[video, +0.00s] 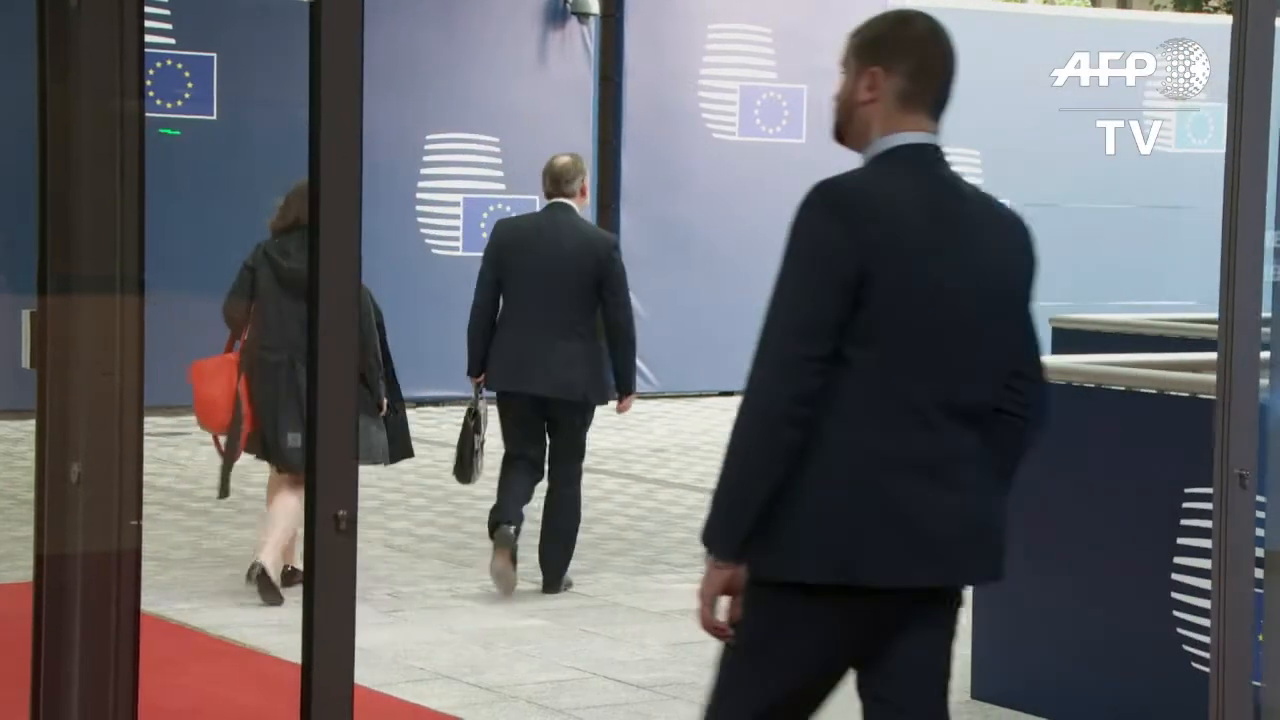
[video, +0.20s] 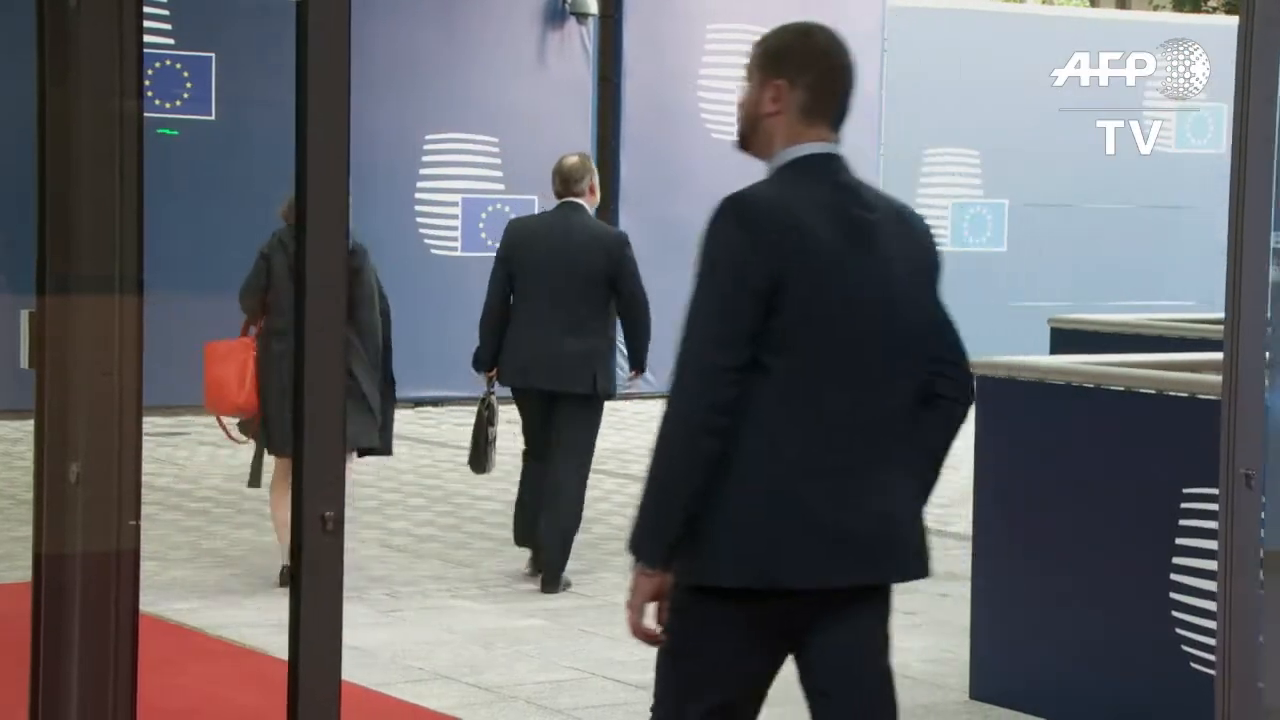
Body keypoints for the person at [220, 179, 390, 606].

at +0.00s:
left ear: (286, 212)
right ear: (328, 217)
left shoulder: (264, 256)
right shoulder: (339, 262)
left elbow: (234, 310)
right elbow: (366, 334)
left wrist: (249, 344)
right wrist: (377, 390)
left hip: (270, 374)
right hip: (321, 377)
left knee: (283, 474)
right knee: (295, 479)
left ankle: (290, 563)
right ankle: (267, 560)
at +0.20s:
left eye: (289, 208)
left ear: (292, 211)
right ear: (339, 206)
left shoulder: (278, 246)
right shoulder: (355, 252)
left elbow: (250, 303)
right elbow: (373, 325)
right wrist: (373, 380)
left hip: (286, 381)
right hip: (339, 384)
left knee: (285, 474)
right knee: (334, 475)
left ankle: (291, 560)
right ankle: (325, 562)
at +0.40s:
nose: (373, 216)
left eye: (370, 209)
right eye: (371, 210)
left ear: (329, 211)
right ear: (365, 214)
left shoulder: (303, 253)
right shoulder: (373, 263)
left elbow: (271, 306)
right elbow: (380, 329)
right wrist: (383, 387)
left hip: (303, 372)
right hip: (350, 374)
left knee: (306, 463)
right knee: (355, 462)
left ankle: (304, 546)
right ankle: (365, 538)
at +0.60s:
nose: (412, 215)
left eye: (410, 208)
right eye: (409, 209)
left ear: (365, 210)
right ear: (403, 214)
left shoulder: (338, 255)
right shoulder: (411, 263)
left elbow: (322, 317)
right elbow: (423, 327)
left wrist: (322, 374)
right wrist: (425, 383)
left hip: (344, 373)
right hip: (392, 376)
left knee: (345, 459)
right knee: (387, 462)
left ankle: (312, 520)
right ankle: (376, 543)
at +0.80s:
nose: (446, 210)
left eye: (444, 203)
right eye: (444, 204)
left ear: (400, 204)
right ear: (436, 209)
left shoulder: (378, 248)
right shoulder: (449, 255)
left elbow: (351, 298)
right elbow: (462, 314)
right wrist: (469, 369)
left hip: (386, 361)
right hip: (433, 363)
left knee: (397, 444)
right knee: (419, 442)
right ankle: (396, 534)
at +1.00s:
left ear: (431, 218)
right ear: (465, 224)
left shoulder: (417, 252)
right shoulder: (475, 258)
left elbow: (387, 304)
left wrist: (401, 325)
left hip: (423, 361)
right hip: (463, 364)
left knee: (426, 451)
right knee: (431, 451)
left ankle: (403, 531)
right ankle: (407, 534)